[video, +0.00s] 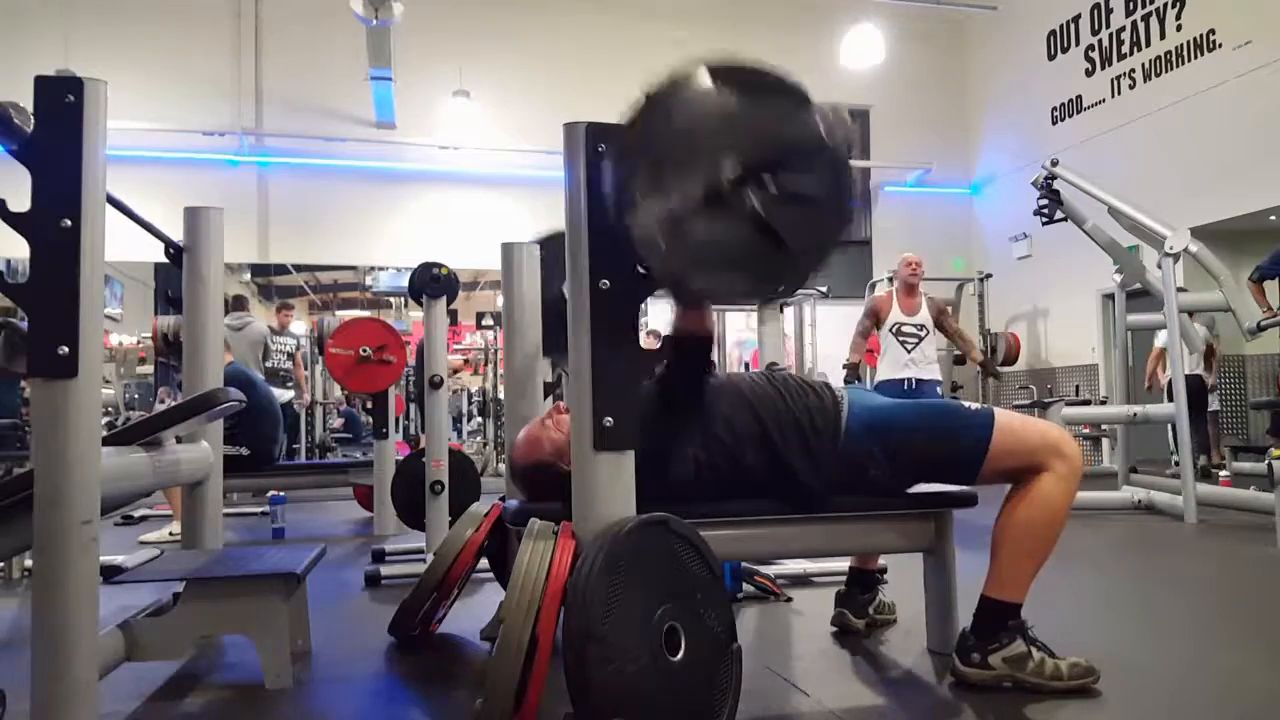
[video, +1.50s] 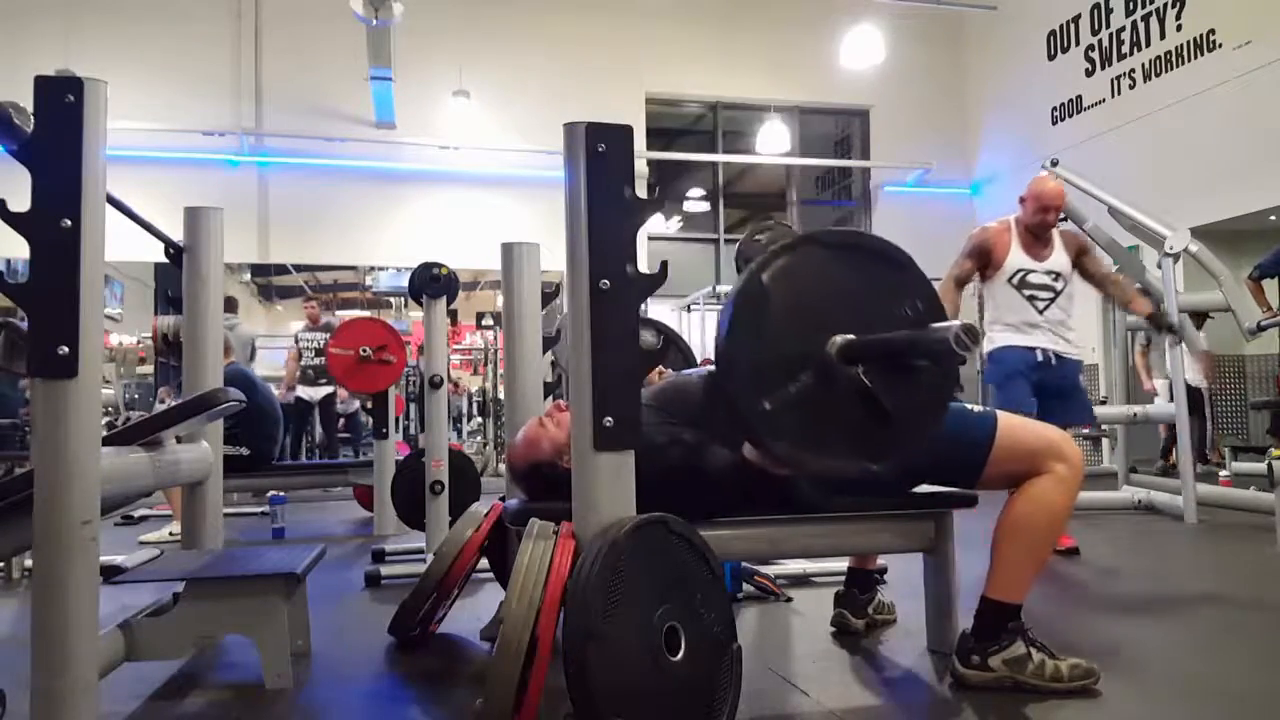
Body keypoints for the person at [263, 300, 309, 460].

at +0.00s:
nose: (289, 319)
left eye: (291, 316)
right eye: (286, 315)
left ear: (293, 317)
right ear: (277, 315)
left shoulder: (294, 339)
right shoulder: (265, 334)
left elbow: (298, 366)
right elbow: (257, 360)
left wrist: (304, 391)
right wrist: (258, 386)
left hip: (288, 389)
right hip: (268, 389)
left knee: (292, 427)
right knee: (270, 426)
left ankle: (289, 460)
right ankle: (270, 461)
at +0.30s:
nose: (290, 317)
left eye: (292, 314)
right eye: (287, 313)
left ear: (294, 316)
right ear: (278, 314)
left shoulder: (299, 339)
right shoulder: (267, 334)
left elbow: (303, 366)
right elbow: (259, 360)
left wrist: (307, 393)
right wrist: (260, 386)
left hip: (293, 389)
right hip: (271, 388)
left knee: (292, 431)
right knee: (274, 428)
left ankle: (289, 463)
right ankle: (273, 462)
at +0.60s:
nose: (287, 313)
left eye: (289, 310)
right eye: (283, 310)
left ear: (293, 312)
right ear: (276, 311)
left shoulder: (301, 336)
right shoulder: (267, 333)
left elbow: (308, 362)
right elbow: (259, 359)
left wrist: (315, 386)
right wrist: (258, 383)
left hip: (297, 387)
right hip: (275, 386)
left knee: (297, 431)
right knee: (277, 426)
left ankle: (289, 461)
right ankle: (275, 460)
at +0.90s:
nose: (288, 312)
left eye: (291, 309)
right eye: (284, 309)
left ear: (294, 310)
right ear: (277, 311)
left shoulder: (305, 331)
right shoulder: (271, 332)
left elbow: (314, 357)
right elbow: (264, 357)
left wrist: (319, 383)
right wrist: (261, 380)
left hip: (302, 384)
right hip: (278, 385)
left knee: (314, 420)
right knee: (283, 423)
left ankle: (295, 427)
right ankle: (285, 458)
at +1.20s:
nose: (297, 311)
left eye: (299, 308)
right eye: (293, 308)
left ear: (304, 309)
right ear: (288, 311)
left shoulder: (316, 333)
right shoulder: (280, 335)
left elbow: (323, 361)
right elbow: (274, 362)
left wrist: (329, 386)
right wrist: (268, 383)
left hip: (311, 387)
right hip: (287, 386)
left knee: (318, 430)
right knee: (288, 429)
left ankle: (326, 464)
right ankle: (281, 464)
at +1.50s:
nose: (309, 311)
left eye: (312, 307)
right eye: (306, 308)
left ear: (320, 309)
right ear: (303, 310)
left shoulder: (331, 329)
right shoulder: (300, 334)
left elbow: (340, 356)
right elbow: (294, 360)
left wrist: (341, 384)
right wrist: (286, 385)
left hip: (326, 385)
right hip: (304, 385)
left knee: (330, 429)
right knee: (297, 429)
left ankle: (333, 462)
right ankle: (294, 463)